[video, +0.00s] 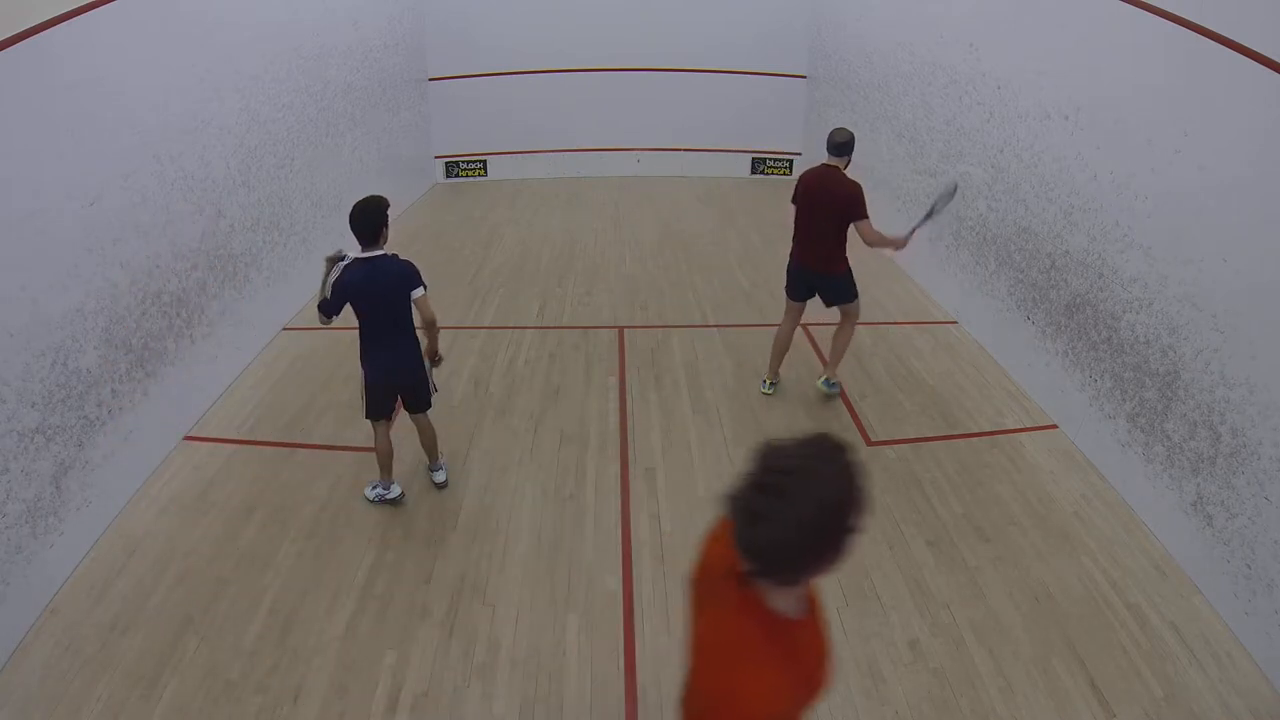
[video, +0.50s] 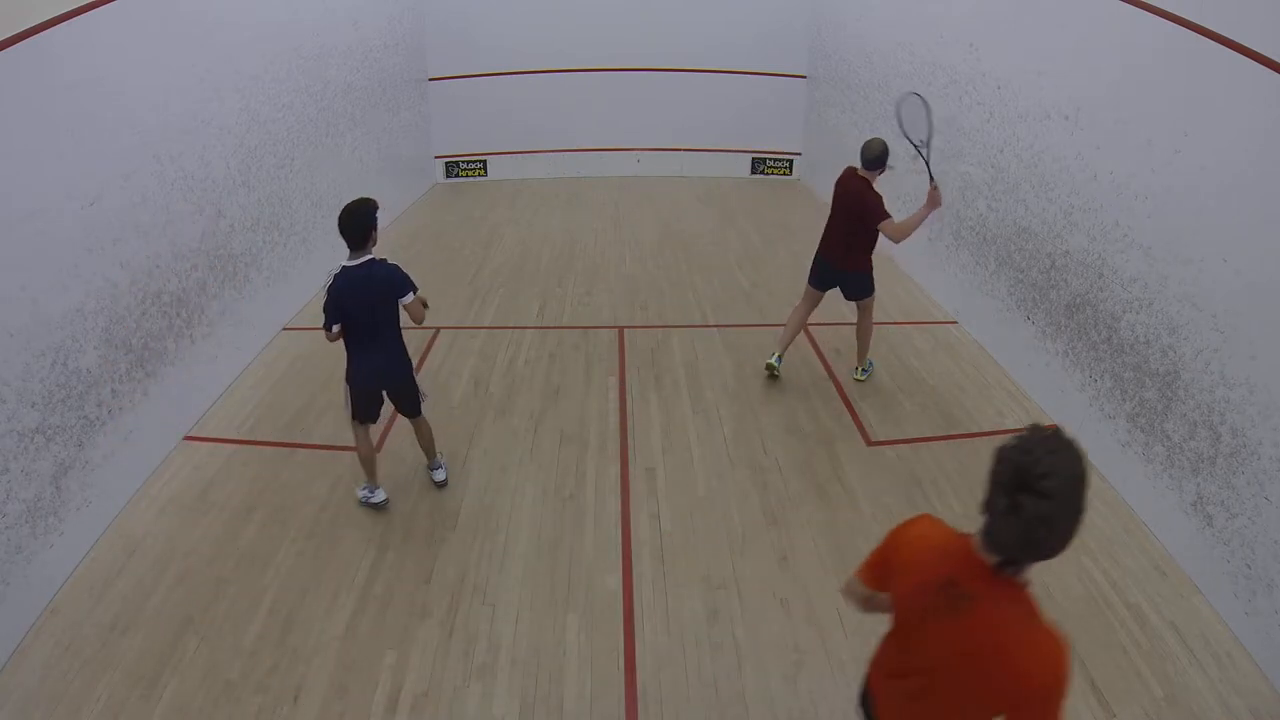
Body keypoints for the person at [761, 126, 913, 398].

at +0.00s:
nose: (848, 155)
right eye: (850, 152)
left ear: (826, 149)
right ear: (851, 153)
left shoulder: (806, 177)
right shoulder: (851, 189)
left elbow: (799, 216)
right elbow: (869, 238)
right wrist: (897, 241)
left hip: (800, 264)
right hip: (833, 269)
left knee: (790, 318)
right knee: (849, 316)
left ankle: (770, 377)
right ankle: (829, 376)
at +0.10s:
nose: (853, 156)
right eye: (854, 152)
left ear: (829, 150)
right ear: (853, 154)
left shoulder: (810, 177)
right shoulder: (851, 189)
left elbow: (799, 218)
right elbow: (870, 236)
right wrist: (903, 231)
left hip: (801, 264)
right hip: (834, 269)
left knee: (791, 317)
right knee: (850, 314)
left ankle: (770, 378)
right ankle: (847, 374)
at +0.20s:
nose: (858, 158)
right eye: (859, 155)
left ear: (835, 153)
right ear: (859, 158)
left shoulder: (816, 178)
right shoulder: (854, 194)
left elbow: (805, 199)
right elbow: (875, 237)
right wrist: (909, 226)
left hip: (805, 263)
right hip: (837, 269)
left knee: (793, 318)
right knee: (850, 320)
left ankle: (770, 377)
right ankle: (860, 369)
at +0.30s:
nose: (868, 162)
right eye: (869, 159)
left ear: (845, 158)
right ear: (867, 163)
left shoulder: (827, 181)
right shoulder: (860, 198)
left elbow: (824, 217)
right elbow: (883, 240)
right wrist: (918, 222)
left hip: (813, 265)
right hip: (845, 271)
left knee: (796, 316)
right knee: (855, 318)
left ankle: (771, 373)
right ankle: (861, 367)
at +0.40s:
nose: (878, 166)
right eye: (878, 163)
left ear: (854, 160)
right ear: (876, 168)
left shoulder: (838, 180)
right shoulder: (867, 201)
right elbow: (891, 239)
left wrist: (877, 195)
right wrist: (926, 217)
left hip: (821, 262)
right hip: (853, 269)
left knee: (801, 306)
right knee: (862, 314)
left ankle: (774, 360)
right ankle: (861, 366)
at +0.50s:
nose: (882, 165)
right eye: (884, 162)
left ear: (860, 159)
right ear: (883, 167)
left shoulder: (846, 176)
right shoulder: (870, 199)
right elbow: (896, 234)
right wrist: (928, 207)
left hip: (825, 260)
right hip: (856, 268)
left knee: (806, 304)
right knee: (865, 313)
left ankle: (777, 356)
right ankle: (861, 366)